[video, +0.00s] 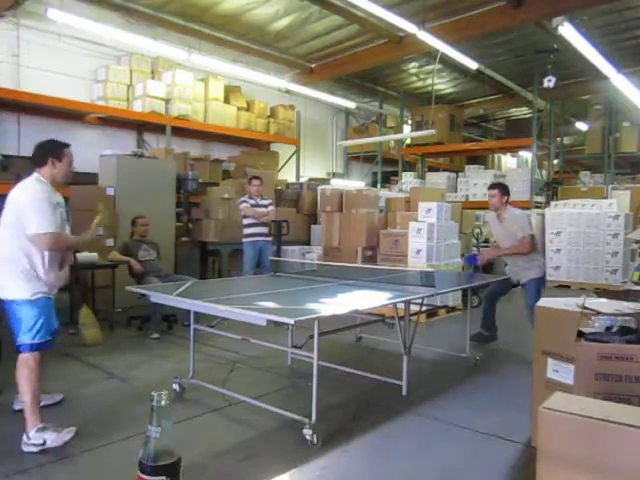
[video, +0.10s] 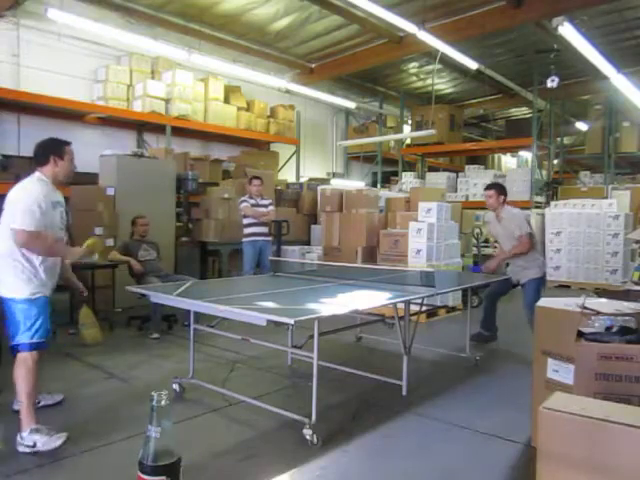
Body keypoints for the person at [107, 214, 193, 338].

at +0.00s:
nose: (145, 228)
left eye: (147, 225)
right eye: (142, 225)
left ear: (149, 227)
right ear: (134, 228)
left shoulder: (154, 245)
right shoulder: (128, 244)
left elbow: (158, 261)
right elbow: (112, 256)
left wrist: (163, 272)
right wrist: (130, 260)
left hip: (162, 274)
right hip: (145, 276)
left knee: (192, 283)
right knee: (159, 292)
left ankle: (188, 320)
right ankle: (154, 329)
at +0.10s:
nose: (145, 228)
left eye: (147, 225)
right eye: (142, 225)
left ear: (149, 227)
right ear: (134, 228)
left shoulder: (154, 245)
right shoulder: (128, 244)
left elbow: (158, 261)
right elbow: (112, 256)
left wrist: (163, 272)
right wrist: (131, 260)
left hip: (162, 274)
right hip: (145, 276)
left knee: (192, 283)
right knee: (159, 292)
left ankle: (188, 320)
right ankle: (154, 329)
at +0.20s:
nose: (146, 228)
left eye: (148, 225)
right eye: (143, 225)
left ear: (149, 227)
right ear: (135, 228)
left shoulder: (154, 245)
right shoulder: (128, 244)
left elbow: (158, 261)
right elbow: (112, 256)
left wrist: (163, 272)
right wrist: (130, 260)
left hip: (161, 274)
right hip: (145, 276)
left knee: (192, 283)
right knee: (159, 292)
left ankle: (188, 320)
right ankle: (154, 329)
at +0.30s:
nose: (146, 228)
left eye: (148, 225)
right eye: (143, 225)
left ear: (150, 227)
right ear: (135, 228)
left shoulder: (154, 244)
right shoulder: (128, 244)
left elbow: (158, 261)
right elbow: (112, 256)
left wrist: (162, 272)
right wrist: (130, 260)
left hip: (161, 274)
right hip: (145, 276)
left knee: (192, 283)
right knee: (159, 292)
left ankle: (188, 320)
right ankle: (154, 329)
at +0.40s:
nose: (146, 228)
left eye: (148, 225)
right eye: (143, 225)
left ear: (150, 227)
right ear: (135, 228)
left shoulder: (153, 244)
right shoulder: (128, 244)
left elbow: (158, 261)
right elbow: (112, 256)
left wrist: (163, 273)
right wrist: (130, 260)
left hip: (161, 274)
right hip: (145, 276)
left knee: (192, 283)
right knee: (159, 292)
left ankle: (188, 320)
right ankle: (154, 329)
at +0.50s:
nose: (147, 228)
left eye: (148, 225)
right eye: (144, 225)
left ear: (149, 227)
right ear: (135, 227)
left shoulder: (154, 245)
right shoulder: (128, 244)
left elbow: (158, 262)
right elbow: (112, 255)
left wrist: (163, 272)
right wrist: (130, 260)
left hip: (162, 275)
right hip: (146, 276)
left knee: (192, 283)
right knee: (158, 292)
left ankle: (188, 320)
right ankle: (154, 329)